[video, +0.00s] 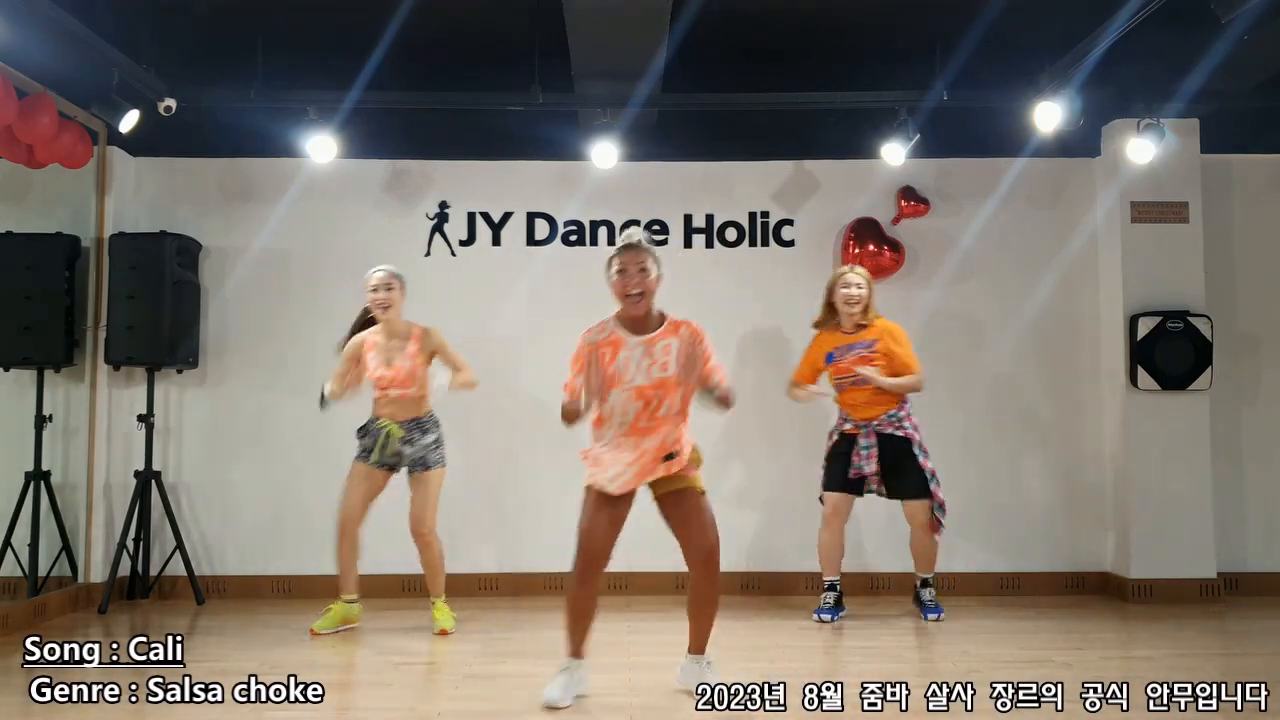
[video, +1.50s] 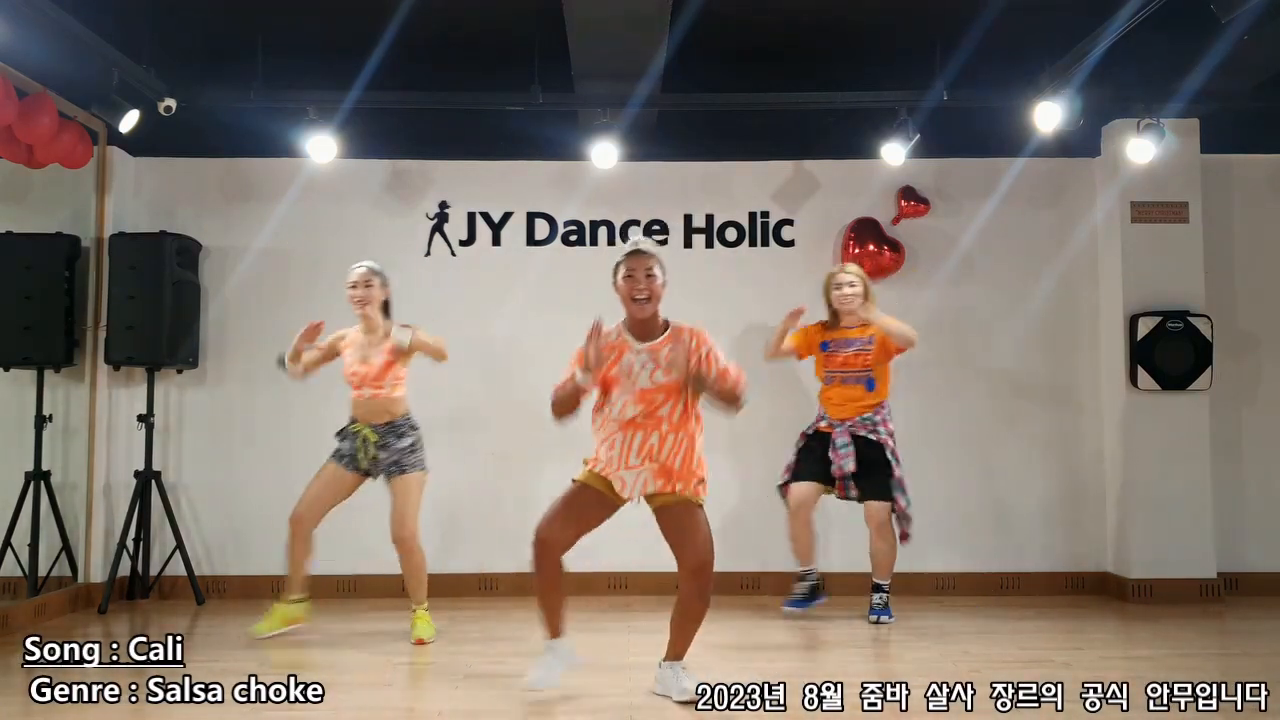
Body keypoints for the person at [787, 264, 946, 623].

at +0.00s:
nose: (853, 291)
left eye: (859, 286)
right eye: (846, 286)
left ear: (869, 294)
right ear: (833, 294)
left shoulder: (887, 332)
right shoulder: (824, 341)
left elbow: (916, 381)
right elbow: (795, 389)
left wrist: (881, 381)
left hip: (894, 431)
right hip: (850, 433)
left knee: (921, 513)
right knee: (833, 510)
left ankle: (925, 589)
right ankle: (831, 592)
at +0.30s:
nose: (905, 286)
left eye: (911, 280)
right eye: (897, 280)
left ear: (920, 291)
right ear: (882, 290)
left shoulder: (930, 330)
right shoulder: (869, 326)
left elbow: (978, 352)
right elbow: (867, 353)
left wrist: (988, 344)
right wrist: (915, 332)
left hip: (923, 430)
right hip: (883, 431)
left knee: (955, 505)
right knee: (887, 512)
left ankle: (935, 586)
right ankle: (879, 596)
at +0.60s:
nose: (965, 295)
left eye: (970, 289)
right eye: (955, 292)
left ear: (980, 299)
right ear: (943, 302)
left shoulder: (981, 350)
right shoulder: (935, 330)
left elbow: (998, 392)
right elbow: (929, 367)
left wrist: (1021, 383)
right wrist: (981, 367)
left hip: (939, 437)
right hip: (901, 427)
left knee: (968, 513)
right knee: (882, 504)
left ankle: (976, 593)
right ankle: (861, 581)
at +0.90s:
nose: (967, 302)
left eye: (973, 295)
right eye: (958, 297)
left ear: (982, 303)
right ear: (944, 305)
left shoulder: (984, 347)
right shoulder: (936, 332)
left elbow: (1028, 363)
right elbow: (985, 346)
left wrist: (1063, 341)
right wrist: (1043, 330)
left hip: (936, 438)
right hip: (901, 427)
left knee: (965, 512)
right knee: (869, 505)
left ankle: (976, 594)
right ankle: (816, 566)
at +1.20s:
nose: (903, 290)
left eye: (910, 285)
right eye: (895, 285)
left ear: (920, 294)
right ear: (882, 294)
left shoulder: (928, 341)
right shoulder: (864, 331)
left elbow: (959, 391)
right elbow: (824, 365)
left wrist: (938, 368)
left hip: (904, 434)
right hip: (862, 433)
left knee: (938, 511)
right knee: (848, 515)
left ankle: (959, 586)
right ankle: (839, 592)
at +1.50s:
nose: (845, 290)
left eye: (852, 285)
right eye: (838, 286)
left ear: (865, 293)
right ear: (829, 296)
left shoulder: (877, 331)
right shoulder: (817, 333)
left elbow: (910, 339)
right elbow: (773, 353)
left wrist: (872, 315)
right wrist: (784, 327)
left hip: (869, 430)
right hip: (826, 429)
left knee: (878, 514)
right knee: (798, 499)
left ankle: (880, 593)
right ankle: (809, 579)